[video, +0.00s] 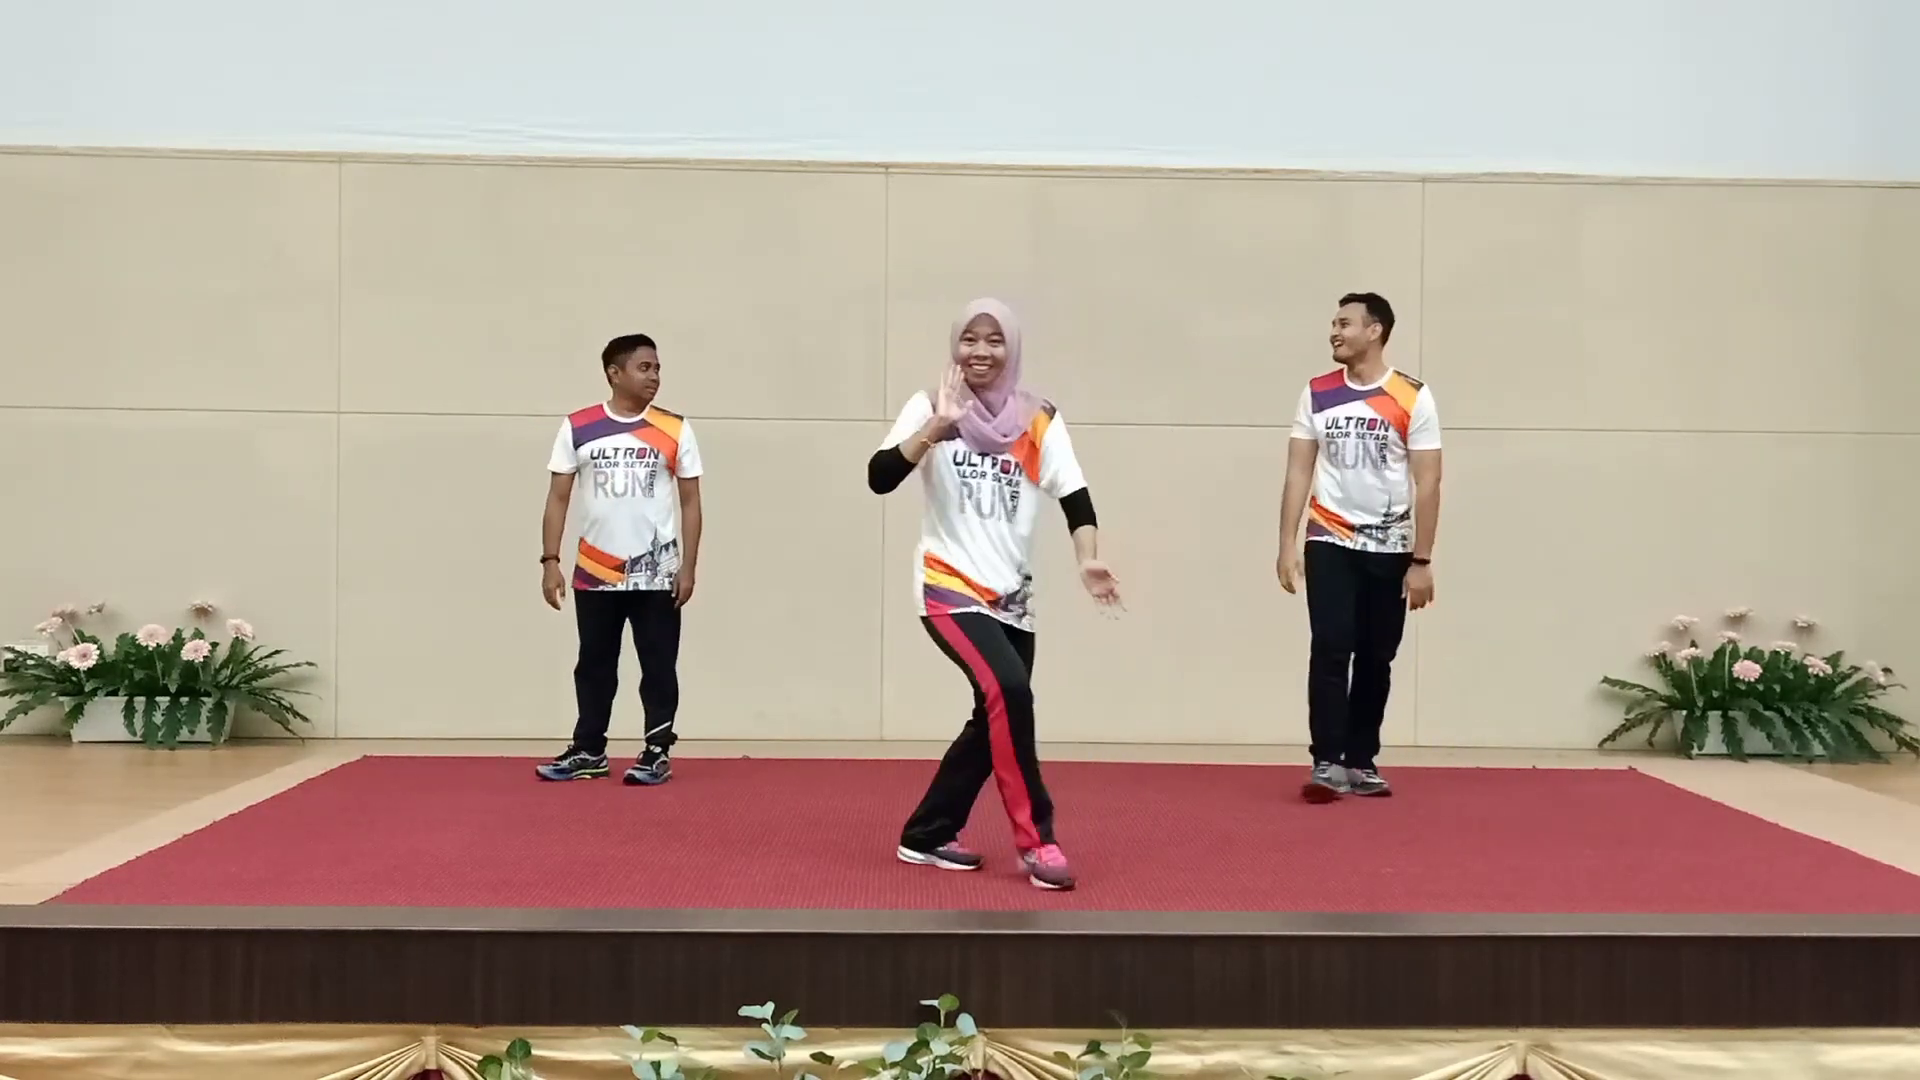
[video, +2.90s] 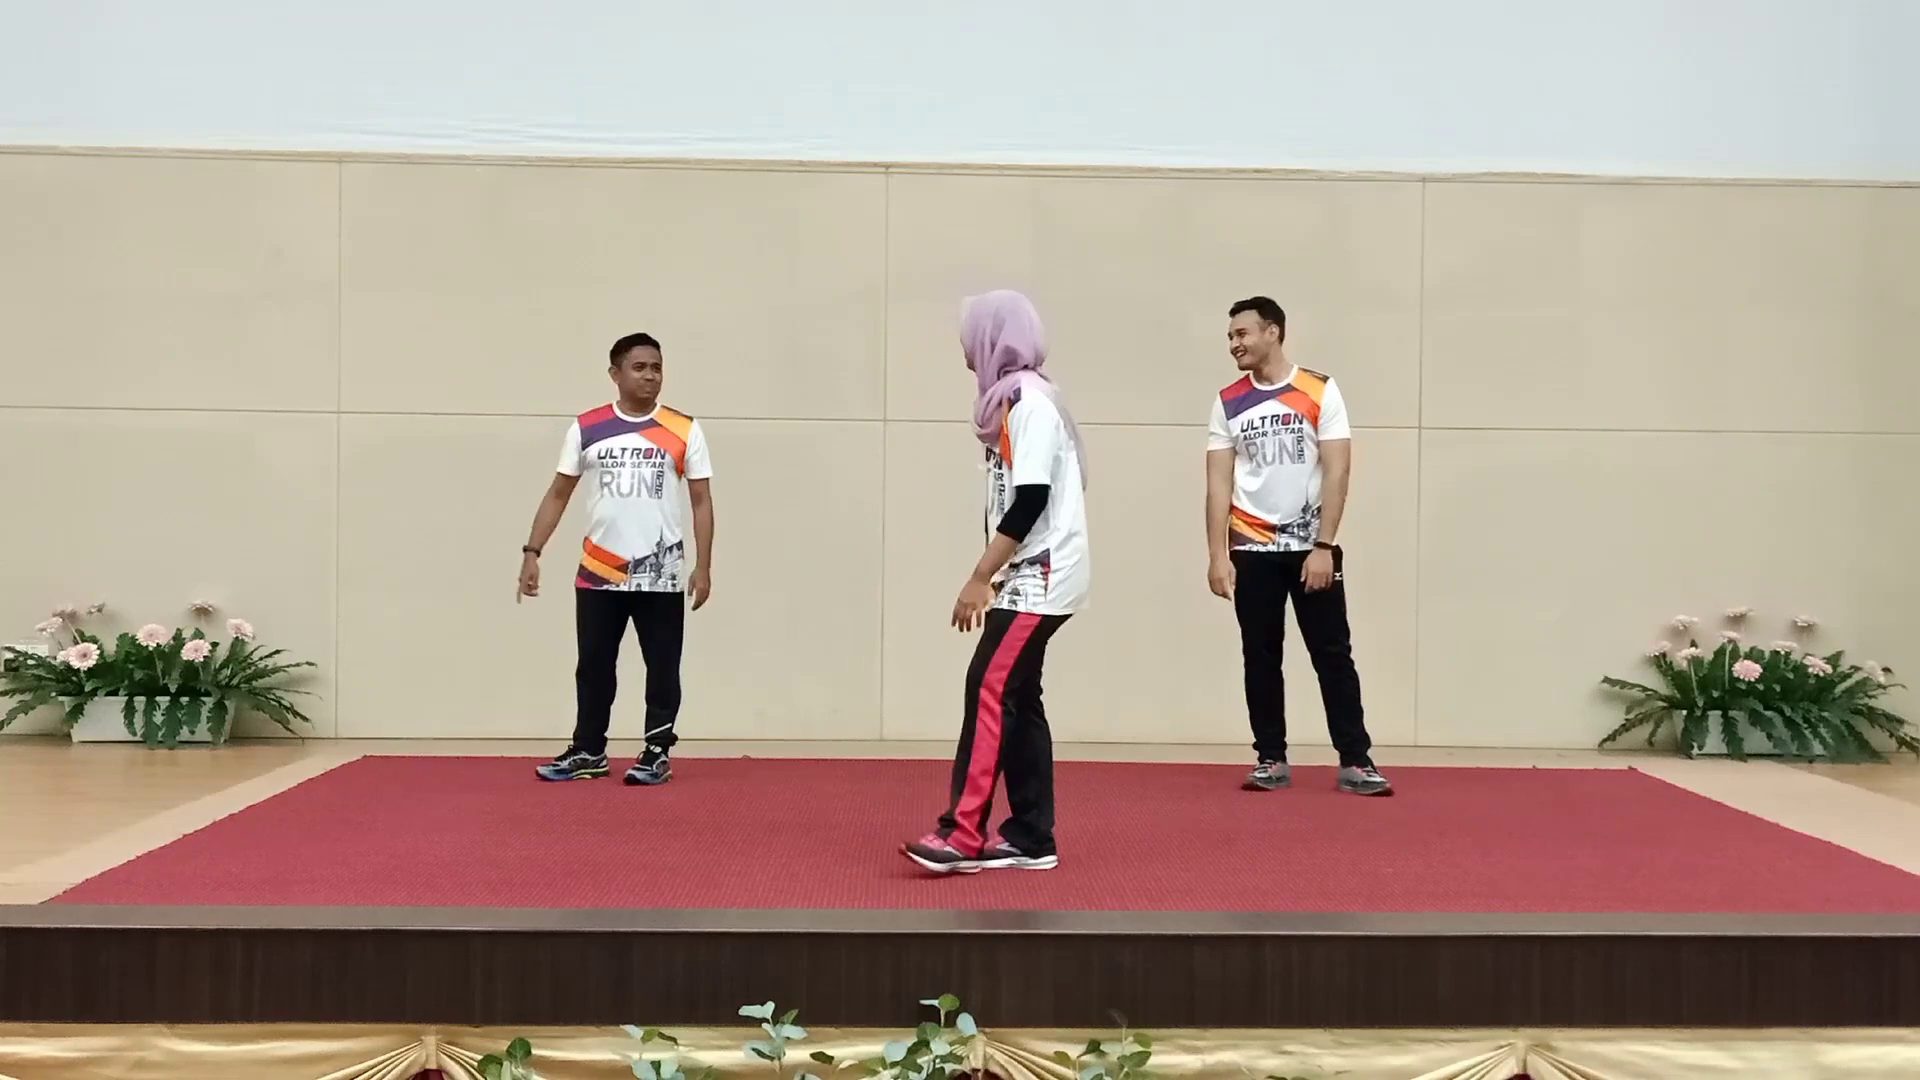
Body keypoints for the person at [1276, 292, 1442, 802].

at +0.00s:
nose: (1334, 332)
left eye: (1344, 324)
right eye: (1334, 324)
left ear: (1377, 331)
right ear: (1340, 332)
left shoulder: (1414, 398)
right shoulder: (1318, 394)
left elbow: (1428, 483)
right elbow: (1299, 470)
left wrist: (1422, 560)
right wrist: (1288, 542)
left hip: (1389, 549)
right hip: (1329, 542)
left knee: (1375, 661)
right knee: (1330, 650)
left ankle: (1360, 762)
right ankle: (1326, 761)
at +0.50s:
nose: (1272, 336)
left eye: (1282, 328)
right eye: (1273, 328)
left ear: (1313, 333)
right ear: (1295, 335)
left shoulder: (1353, 396)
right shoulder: (1262, 396)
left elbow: (1366, 480)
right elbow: (1245, 472)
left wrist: (1359, 552)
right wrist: (1237, 541)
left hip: (1332, 550)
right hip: (1271, 548)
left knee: (1343, 658)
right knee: (1271, 658)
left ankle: (1357, 763)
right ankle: (1271, 760)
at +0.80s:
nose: (1253, 337)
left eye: (1263, 330)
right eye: (1254, 330)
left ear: (1294, 336)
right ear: (1270, 337)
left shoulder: (1331, 396)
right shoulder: (1244, 398)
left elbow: (1323, 478)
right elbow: (1227, 475)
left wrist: (1283, 537)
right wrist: (1211, 546)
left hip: (1308, 545)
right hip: (1251, 546)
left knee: (1323, 652)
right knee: (1260, 657)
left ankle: (1353, 762)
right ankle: (1272, 761)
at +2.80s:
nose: (1240, 341)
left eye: (1250, 332)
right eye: (1237, 333)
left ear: (1280, 334)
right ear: (1236, 339)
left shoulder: (1323, 392)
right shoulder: (1229, 403)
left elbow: (1340, 473)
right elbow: (1220, 486)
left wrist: (1335, 544)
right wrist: (1217, 554)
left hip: (1313, 548)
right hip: (1254, 551)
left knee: (1334, 658)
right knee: (1262, 660)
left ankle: (1356, 762)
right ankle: (1271, 760)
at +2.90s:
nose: (1233, 343)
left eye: (1242, 333)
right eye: (1231, 335)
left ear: (1273, 333)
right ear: (1238, 341)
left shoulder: (1321, 393)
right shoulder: (1228, 402)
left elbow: (1336, 474)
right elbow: (1219, 485)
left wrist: (1325, 547)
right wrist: (1217, 554)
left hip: (1311, 548)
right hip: (1252, 553)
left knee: (1334, 658)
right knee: (1261, 661)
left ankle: (1355, 761)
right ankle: (1271, 760)